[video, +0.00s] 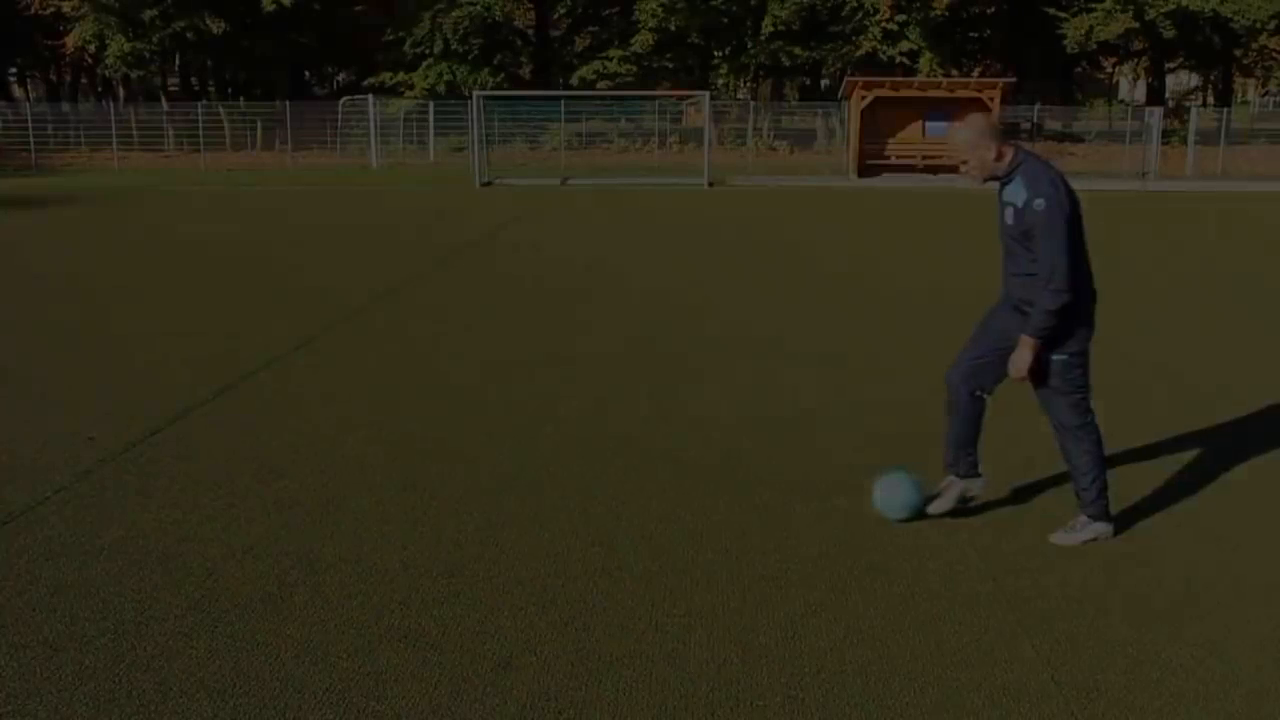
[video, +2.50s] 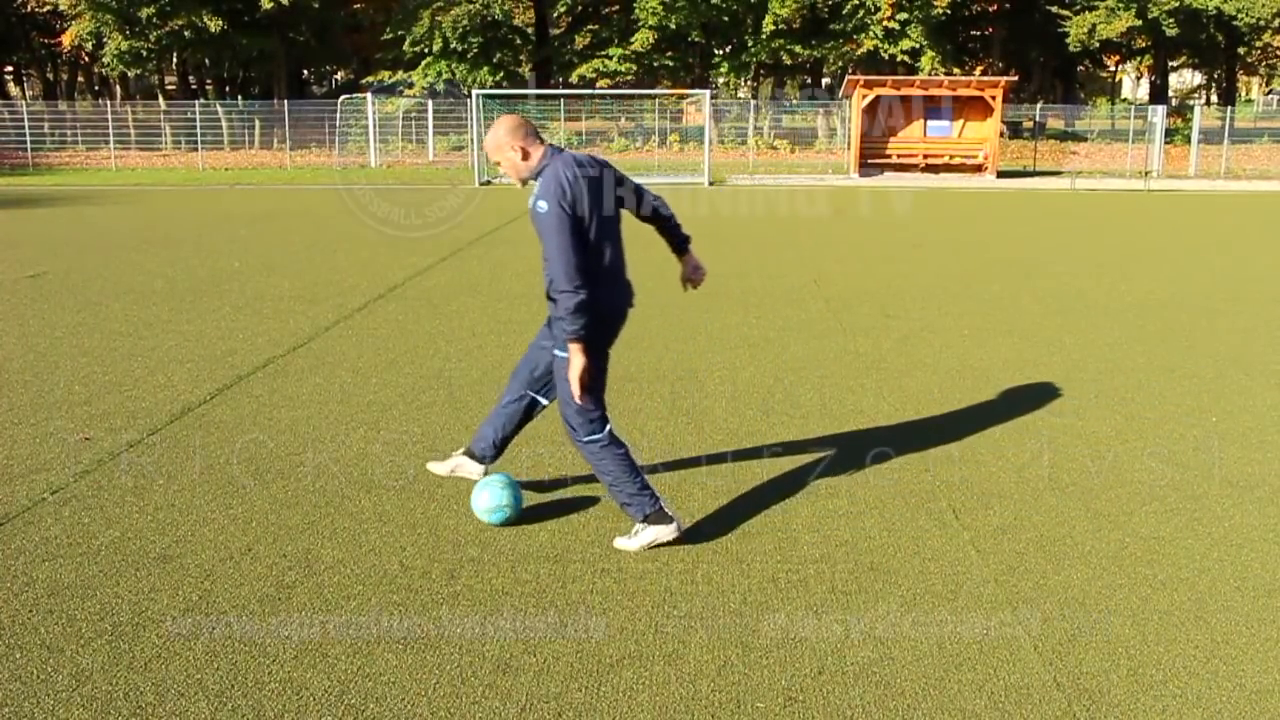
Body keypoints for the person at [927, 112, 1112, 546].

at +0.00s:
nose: (964, 172)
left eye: (967, 163)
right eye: (961, 163)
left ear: (997, 153)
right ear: (995, 153)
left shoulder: (1045, 192)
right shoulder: (1013, 178)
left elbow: (1056, 281)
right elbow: (1027, 260)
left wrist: (1030, 340)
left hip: (1058, 321)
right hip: (1018, 310)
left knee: (1071, 417)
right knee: (963, 379)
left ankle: (1096, 515)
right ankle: (962, 475)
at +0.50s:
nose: (828, 163)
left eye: (830, 154)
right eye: (825, 155)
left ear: (857, 143)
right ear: (856, 144)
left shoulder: (905, 177)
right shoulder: (873, 175)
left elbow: (977, 216)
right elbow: (887, 238)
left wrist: (1007, 278)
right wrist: (843, 265)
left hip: (923, 308)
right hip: (907, 307)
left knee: (869, 402)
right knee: (923, 405)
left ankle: (925, 495)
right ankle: (969, 496)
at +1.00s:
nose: (691, 126)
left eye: (691, 115)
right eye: (687, 117)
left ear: (716, 105)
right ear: (721, 102)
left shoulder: (748, 142)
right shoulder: (767, 129)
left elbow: (723, 220)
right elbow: (830, 163)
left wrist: (656, 219)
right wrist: (843, 213)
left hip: (770, 277)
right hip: (742, 267)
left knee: (761, 388)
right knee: (670, 302)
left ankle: (779, 501)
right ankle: (706, 402)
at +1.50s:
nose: (620, 103)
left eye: (620, 93)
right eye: (616, 94)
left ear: (646, 79)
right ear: (654, 74)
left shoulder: (675, 121)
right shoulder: (708, 95)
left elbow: (692, 212)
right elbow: (771, 124)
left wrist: (656, 273)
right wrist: (805, 173)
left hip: (716, 250)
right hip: (720, 235)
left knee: (690, 357)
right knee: (620, 280)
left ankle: (679, 477)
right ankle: (642, 389)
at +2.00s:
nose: (555, 192)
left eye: (555, 183)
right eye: (551, 185)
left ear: (578, 169)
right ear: (581, 166)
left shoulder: (609, 215)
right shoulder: (645, 172)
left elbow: (632, 303)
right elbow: (708, 197)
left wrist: (642, 374)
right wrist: (753, 238)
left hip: (651, 323)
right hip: (672, 306)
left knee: (609, 426)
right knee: (568, 354)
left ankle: (661, 528)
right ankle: (524, 454)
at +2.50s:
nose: (502, 173)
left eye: (501, 163)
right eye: (498, 165)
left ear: (523, 151)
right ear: (530, 146)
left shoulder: (547, 193)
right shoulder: (592, 166)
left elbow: (565, 278)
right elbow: (649, 204)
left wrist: (576, 348)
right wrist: (685, 253)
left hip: (582, 316)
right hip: (608, 303)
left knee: (586, 426)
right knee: (529, 380)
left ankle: (654, 517)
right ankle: (476, 457)